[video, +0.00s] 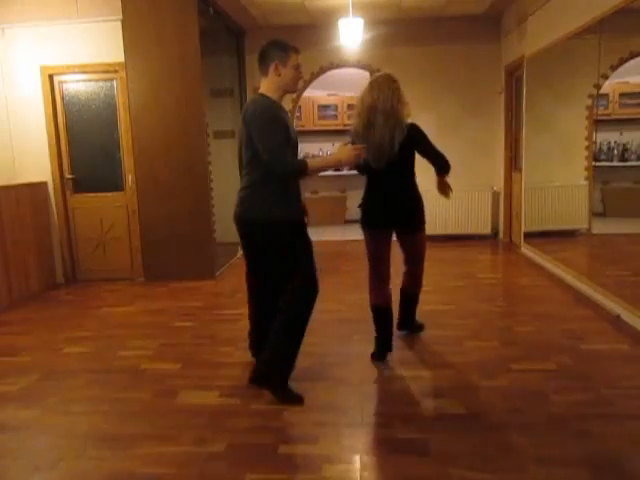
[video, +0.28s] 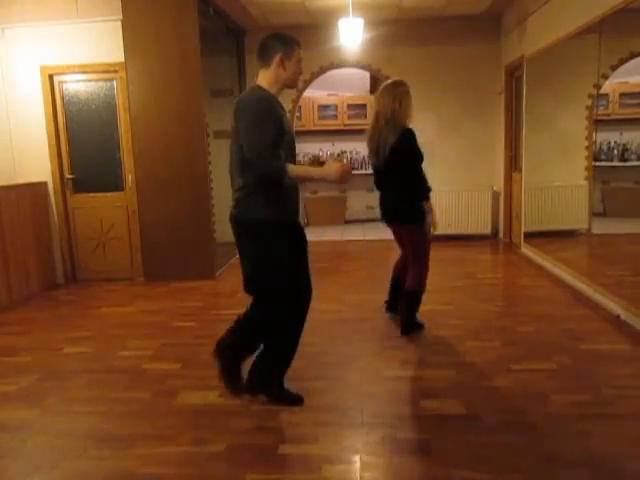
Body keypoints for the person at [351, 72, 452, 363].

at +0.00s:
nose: (405, 99)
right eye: (402, 95)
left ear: (367, 101)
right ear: (398, 101)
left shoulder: (361, 134)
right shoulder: (408, 131)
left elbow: (358, 165)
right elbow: (440, 161)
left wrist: (376, 171)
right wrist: (441, 178)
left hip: (374, 209)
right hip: (407, 208)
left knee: (378, 274)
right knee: (414, 264)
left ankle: (382, 342)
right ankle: (407, 320)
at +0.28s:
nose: (410, 106)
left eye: (409, 101)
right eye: (408, 101)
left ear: (381, 104)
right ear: (402, 104)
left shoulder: (377, 134)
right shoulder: (404, 135)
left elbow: (380, 178)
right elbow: (415, 173)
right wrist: (426, 199)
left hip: (389, 205)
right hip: (410, 206)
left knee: (406, 253)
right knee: (419, 260)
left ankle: (395, 300)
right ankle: (409, 318)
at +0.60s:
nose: (402, 105)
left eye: (407, 101)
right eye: (398, 101)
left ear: (412, 105)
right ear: (390, 104)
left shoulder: (409, 133)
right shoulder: (382, 135)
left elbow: (406, 164)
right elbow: (374, 174)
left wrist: (417, 176)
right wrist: (379, 206)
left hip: (413, 197)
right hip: (395, 198)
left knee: (403, 250)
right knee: (421, 251)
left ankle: (393, 295)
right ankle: (422, 308)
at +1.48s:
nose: (393, 100)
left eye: (398, 95)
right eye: (392, 96)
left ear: (412, 96)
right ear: (394, 99)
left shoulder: (429, 130)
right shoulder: (391, 133)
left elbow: (444, 170)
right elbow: (374, 166)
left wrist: (422, 192)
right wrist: (360, 166)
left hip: (410, 202)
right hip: (385, 200)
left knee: (400, 264)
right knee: (387, 264)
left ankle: (399, 330)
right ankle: (401, 319)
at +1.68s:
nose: (393, 97)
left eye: (397, 91)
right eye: (392, 92)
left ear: (412, 94)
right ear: (401, 94)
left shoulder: (424, 125)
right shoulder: (401, 128)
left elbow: (436, 169)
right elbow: (380, 168)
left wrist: (410, 194)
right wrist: (352, 162)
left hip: (413, 206)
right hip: (394, 206)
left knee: (394, 268)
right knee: (395, 265)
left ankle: (399, 334)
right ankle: (429, 306)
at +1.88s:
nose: (395, 95)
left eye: (399, 89)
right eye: (395, 90)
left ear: (415, 91)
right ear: (408, 93)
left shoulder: (427, 123)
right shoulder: (408, 127)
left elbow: (442, 170)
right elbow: (385, 168)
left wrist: (412, 195)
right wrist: (352, 163)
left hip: (416, 209)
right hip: (413, 208)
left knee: (392, 270)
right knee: (420, 274)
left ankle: (411, 330)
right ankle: (455, 336)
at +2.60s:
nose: (394, 91)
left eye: (399, 86)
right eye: (394, 86)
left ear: (414, 90)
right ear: (409, 90)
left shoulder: (423, 126)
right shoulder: (407, 124)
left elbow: (434, 177)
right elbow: (395, 161)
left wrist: (407, 204)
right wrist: (360, 161)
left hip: (418, 208)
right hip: (412, 208)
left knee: (394, 270)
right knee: (410, 266)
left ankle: (434, 325)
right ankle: (427, 320)